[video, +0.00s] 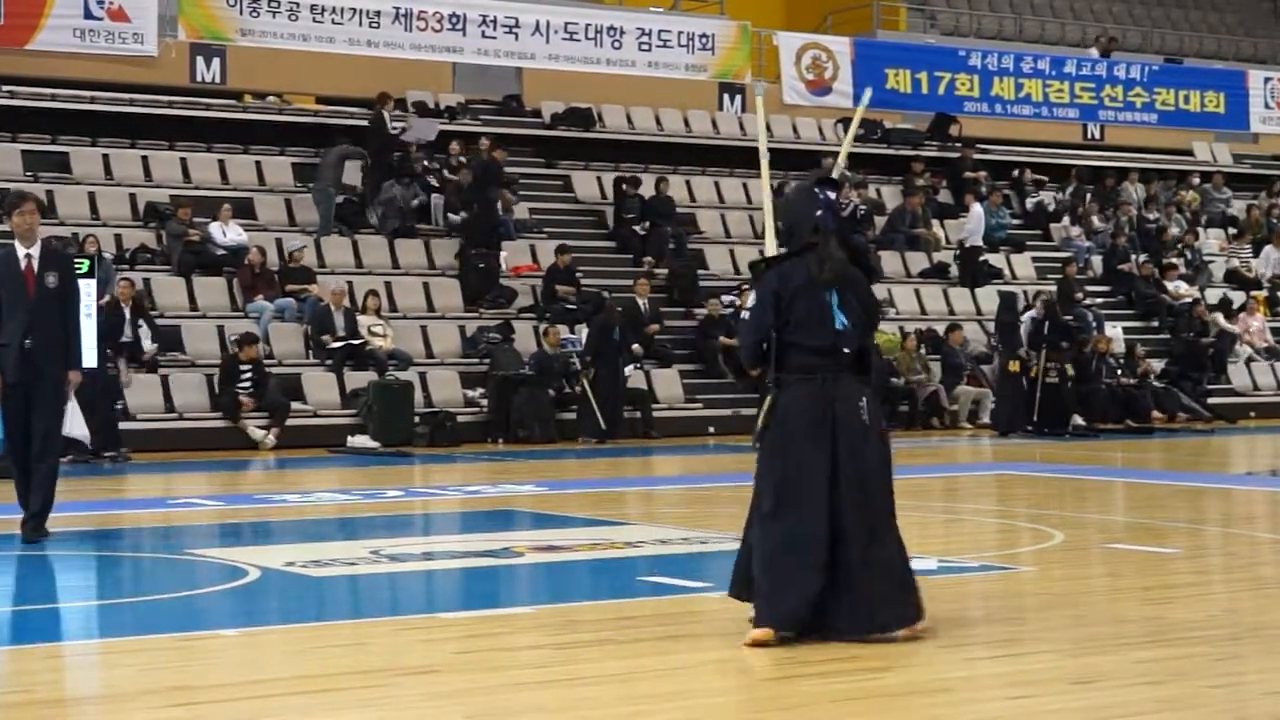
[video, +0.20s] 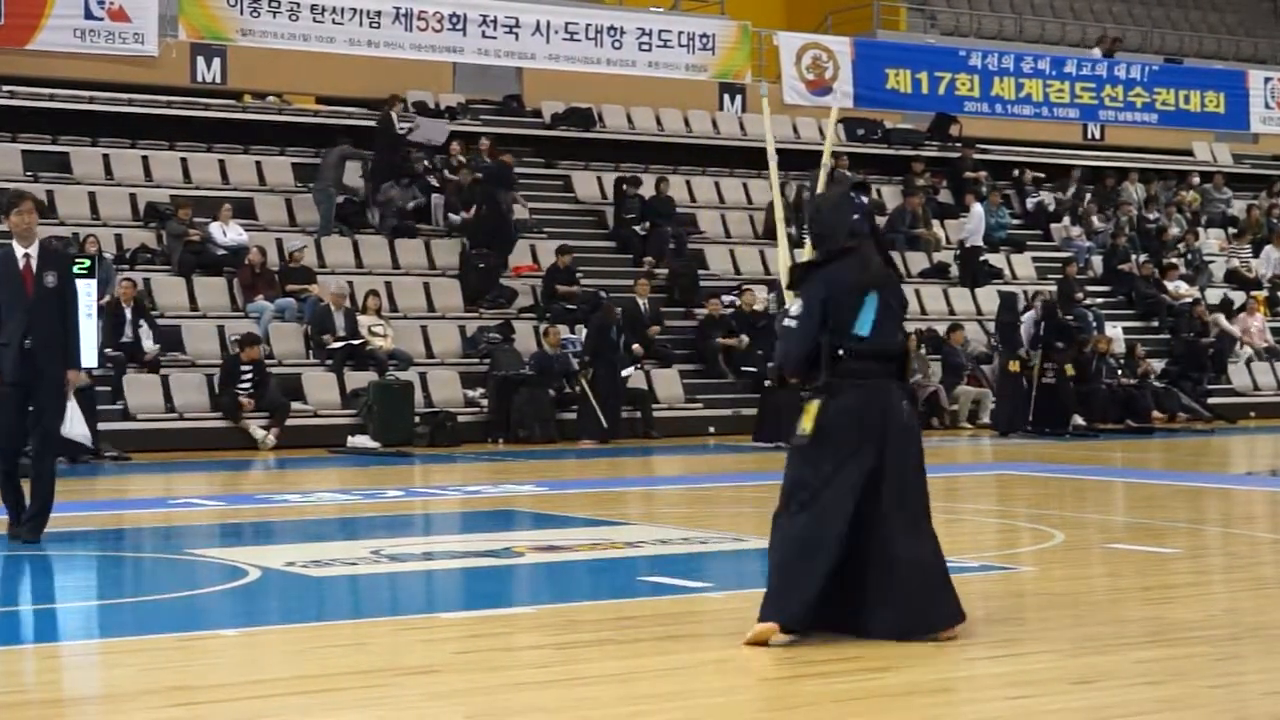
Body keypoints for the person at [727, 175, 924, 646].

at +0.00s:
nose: (781, 229)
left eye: (783, 222)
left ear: (789, 226)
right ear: (833, 224)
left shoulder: (776, 279)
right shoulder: (855, 281)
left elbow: (750, 347)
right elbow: (865, 345)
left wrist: (756, 369)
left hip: (797, 405)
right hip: (852, 404)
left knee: (783, 505)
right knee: (866, 504)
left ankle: (773, 615)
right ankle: (897, 608)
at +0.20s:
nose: (810, 237)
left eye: (815, 229)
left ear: (823, 232)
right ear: (866, 227)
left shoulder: (822, 281)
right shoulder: (888, 279)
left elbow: (793, 354)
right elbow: (888, 342)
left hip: (839, 405)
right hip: (891, 404)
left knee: (804, 506)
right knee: (905, 509)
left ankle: (777, 613)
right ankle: (940, 612)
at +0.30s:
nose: (827, 242)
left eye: (831, 233)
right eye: (827, 232)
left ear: (845, 234)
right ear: (878, 228)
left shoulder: (850, 282)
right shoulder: (901, 274)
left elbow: (824, 355)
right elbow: (915, 343)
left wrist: (800, 323)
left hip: (866, 409)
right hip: (915, 405)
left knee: (827, 507)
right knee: (916, 511)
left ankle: (799, 613)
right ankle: (938, 614)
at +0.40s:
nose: (840, 242)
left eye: (846, 232)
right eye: (840, 231)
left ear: (864, 235)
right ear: (894, 231)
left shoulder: (868, 283)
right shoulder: (914, 274)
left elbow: (848, 356)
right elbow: (921, 342)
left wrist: (836, 379)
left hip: (887, 408)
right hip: (929, 404)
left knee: (845, 505)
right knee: (917, 511)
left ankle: (826, 615)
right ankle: (914, 612)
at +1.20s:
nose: (897, 231)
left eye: (869, 225)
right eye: (898, 225)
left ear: (852, 228)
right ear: (896, 230)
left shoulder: (827, 282)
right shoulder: (913, 282)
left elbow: (813, 353)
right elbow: (940, 349)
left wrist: (821, 397)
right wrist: (928, 393)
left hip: (832, 404)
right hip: (892, 405)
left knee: (832, 508)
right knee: (893, 509)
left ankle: (829, 618)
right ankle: (899, 618)